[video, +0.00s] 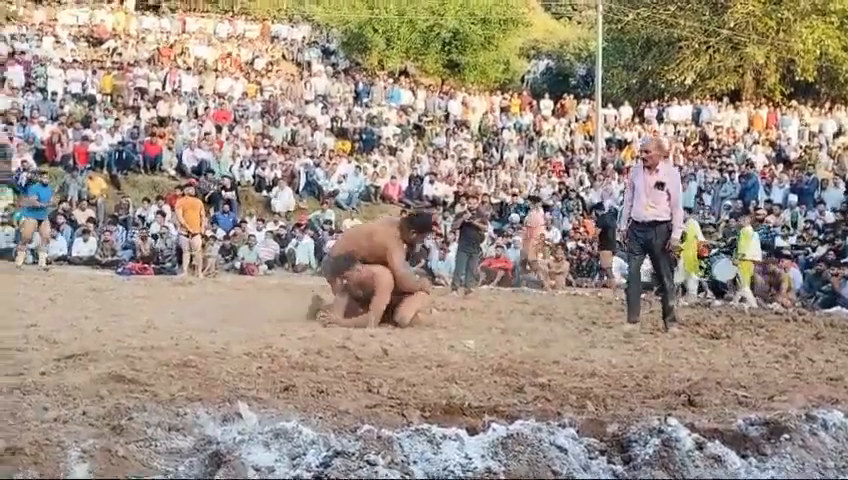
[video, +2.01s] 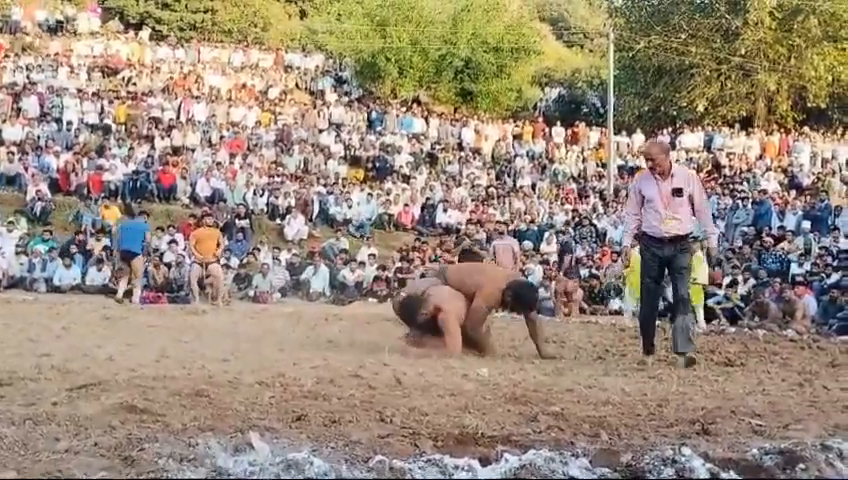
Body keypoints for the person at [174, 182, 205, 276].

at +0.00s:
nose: (191, 190)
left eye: (192, 188)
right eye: (188, 188)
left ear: (194, 189)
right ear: (184, 190)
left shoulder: (199, 202)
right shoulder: (180, 202)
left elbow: (203, 216)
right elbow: (179, 217)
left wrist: (202, 228)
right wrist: (188, 228)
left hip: (196, 231)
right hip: (184, 231)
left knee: (197, 252)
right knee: (185, 252)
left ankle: (199, 271)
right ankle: (185, 271)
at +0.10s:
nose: (204, 196)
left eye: (205, 194)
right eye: (201, 194)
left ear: (208, 195)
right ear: (198, 195)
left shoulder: (211, 207)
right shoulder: (193, 207)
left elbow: (215, 221)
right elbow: (192, 222)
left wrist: (215, 233)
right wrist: (200, 233)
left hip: (209, 236)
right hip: (197, 236)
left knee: (210, 257)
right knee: (198, 256)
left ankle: (212, 276)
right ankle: (198, 276)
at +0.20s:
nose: (218, 202)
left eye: (219, 199)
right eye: (215, 199)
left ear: (221, 201)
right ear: (211, 201)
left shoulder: (225, 213)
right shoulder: (207, 212)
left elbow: (229, 227)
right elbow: (206, 227)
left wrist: (229, 238)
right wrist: (214, 238)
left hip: (223, 241)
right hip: (211, 241)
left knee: (224, 262)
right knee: (212, 262)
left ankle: (226, 282)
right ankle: (212, 281)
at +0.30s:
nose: (231, 206)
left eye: (232, 204)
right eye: (229, 204)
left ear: (234, 205)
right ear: (224, 206)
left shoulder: (237, 217)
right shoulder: (219, 217)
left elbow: (241, 230)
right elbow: (218, 233)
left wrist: (240, 242)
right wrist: (227, 243)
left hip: (235, 246)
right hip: (223, 246)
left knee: (236, 268)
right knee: (224, 268)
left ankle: (238, 287)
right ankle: (224, 287)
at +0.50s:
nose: (223, 212)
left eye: (224, 210)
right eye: (221, 210)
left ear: (226, 212)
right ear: (216, 212)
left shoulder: (229, 223)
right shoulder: (210, 224)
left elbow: (232, 236)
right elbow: (208, 239)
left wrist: (232, 247)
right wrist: (217, 249)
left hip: (227, 252)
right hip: (214, 252)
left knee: (228, 273)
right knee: (216, 274)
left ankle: (230, 294)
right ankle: (216, 293)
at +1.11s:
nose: (217, 222)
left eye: (217, 220)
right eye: (214, 220)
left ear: (218, 221)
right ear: (209, 221)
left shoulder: (220, 233)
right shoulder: (201, 233)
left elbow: (223, 246)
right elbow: (199, 249)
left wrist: (222, 257)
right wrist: (210, 259)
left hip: (218, 261)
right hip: (205, 261)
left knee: (219, 282)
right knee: (207, 283)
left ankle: (224, 302)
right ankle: (205, 303)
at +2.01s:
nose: (210, 221)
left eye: (211, 219)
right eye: (207, 219)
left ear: (213, 220)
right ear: (203, 220)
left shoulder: (217, 232)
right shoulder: (195, 233)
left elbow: (221, 244)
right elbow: (191, 246)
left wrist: (218, 252)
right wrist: (197, 255)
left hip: (212, 259)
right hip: (199, 259)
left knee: (219, 276)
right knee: (193, 277)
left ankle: (219, 299)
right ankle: (196, 299)